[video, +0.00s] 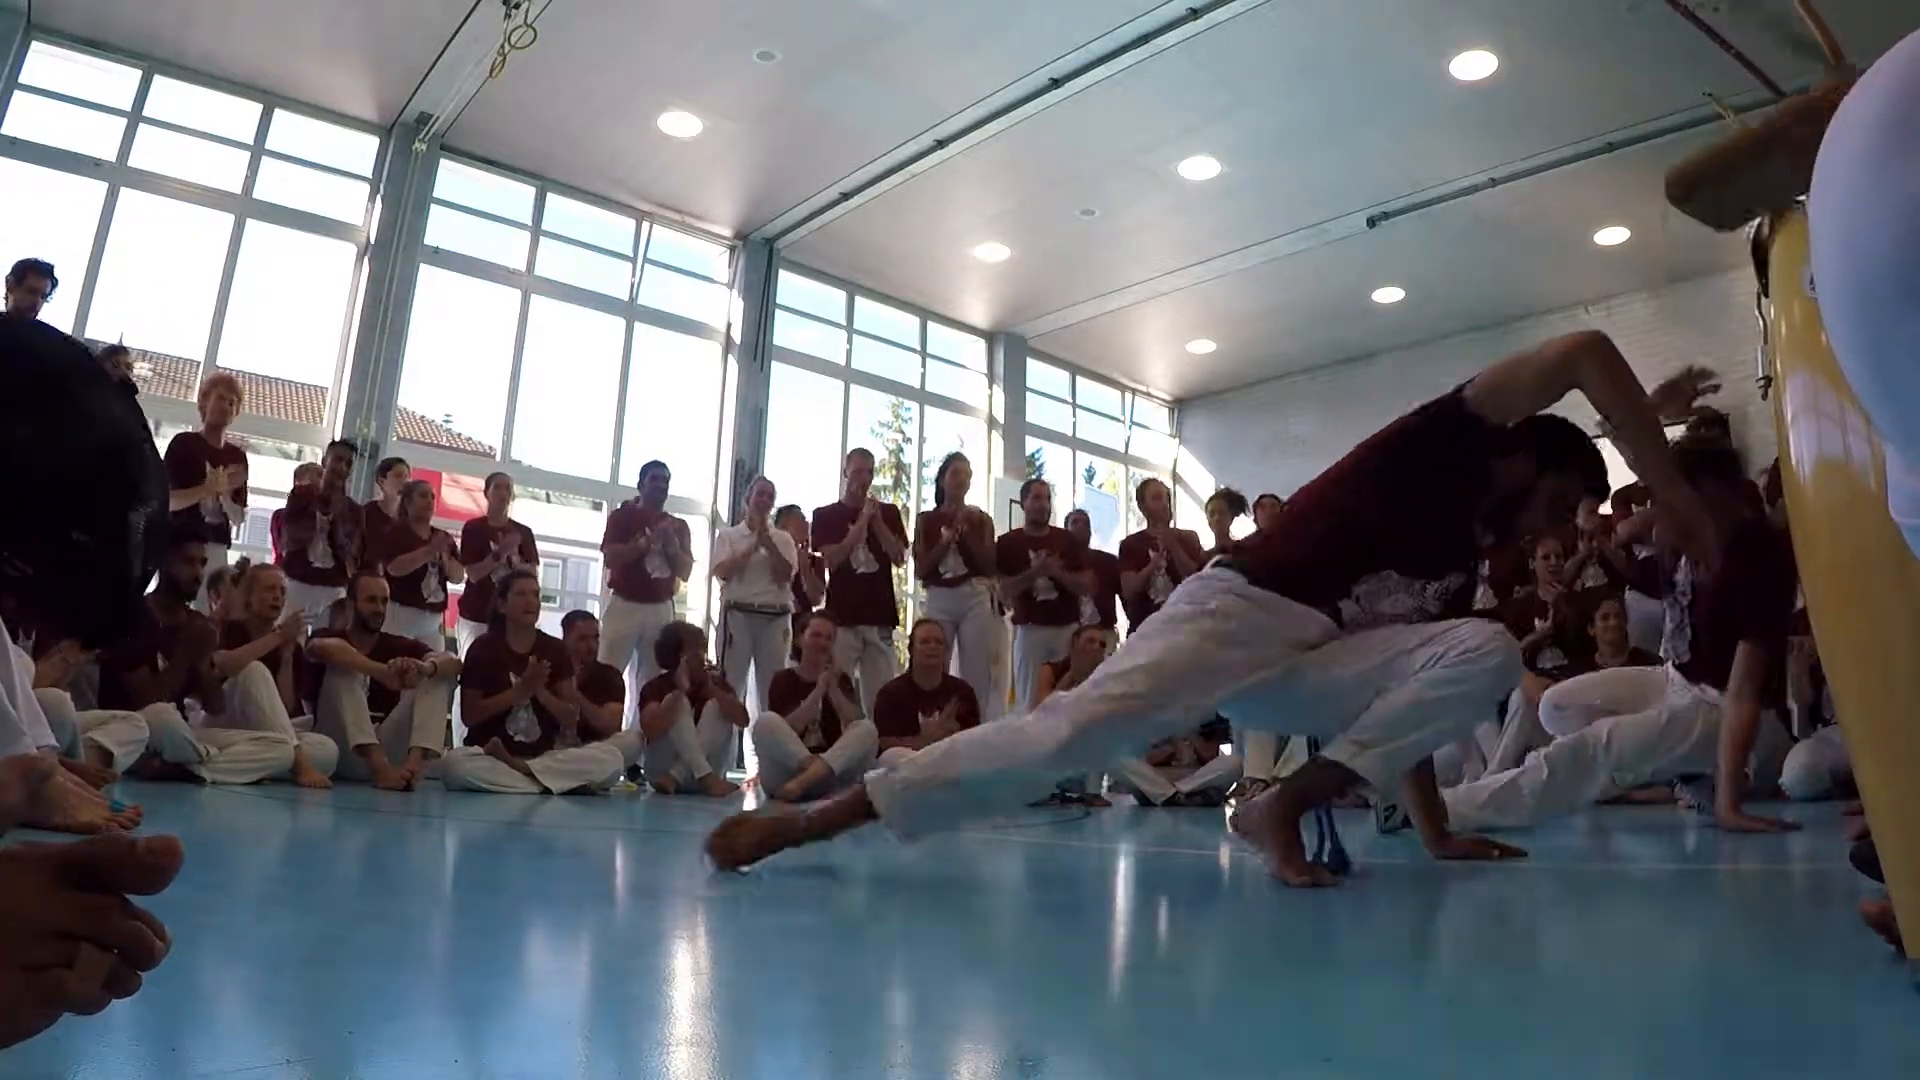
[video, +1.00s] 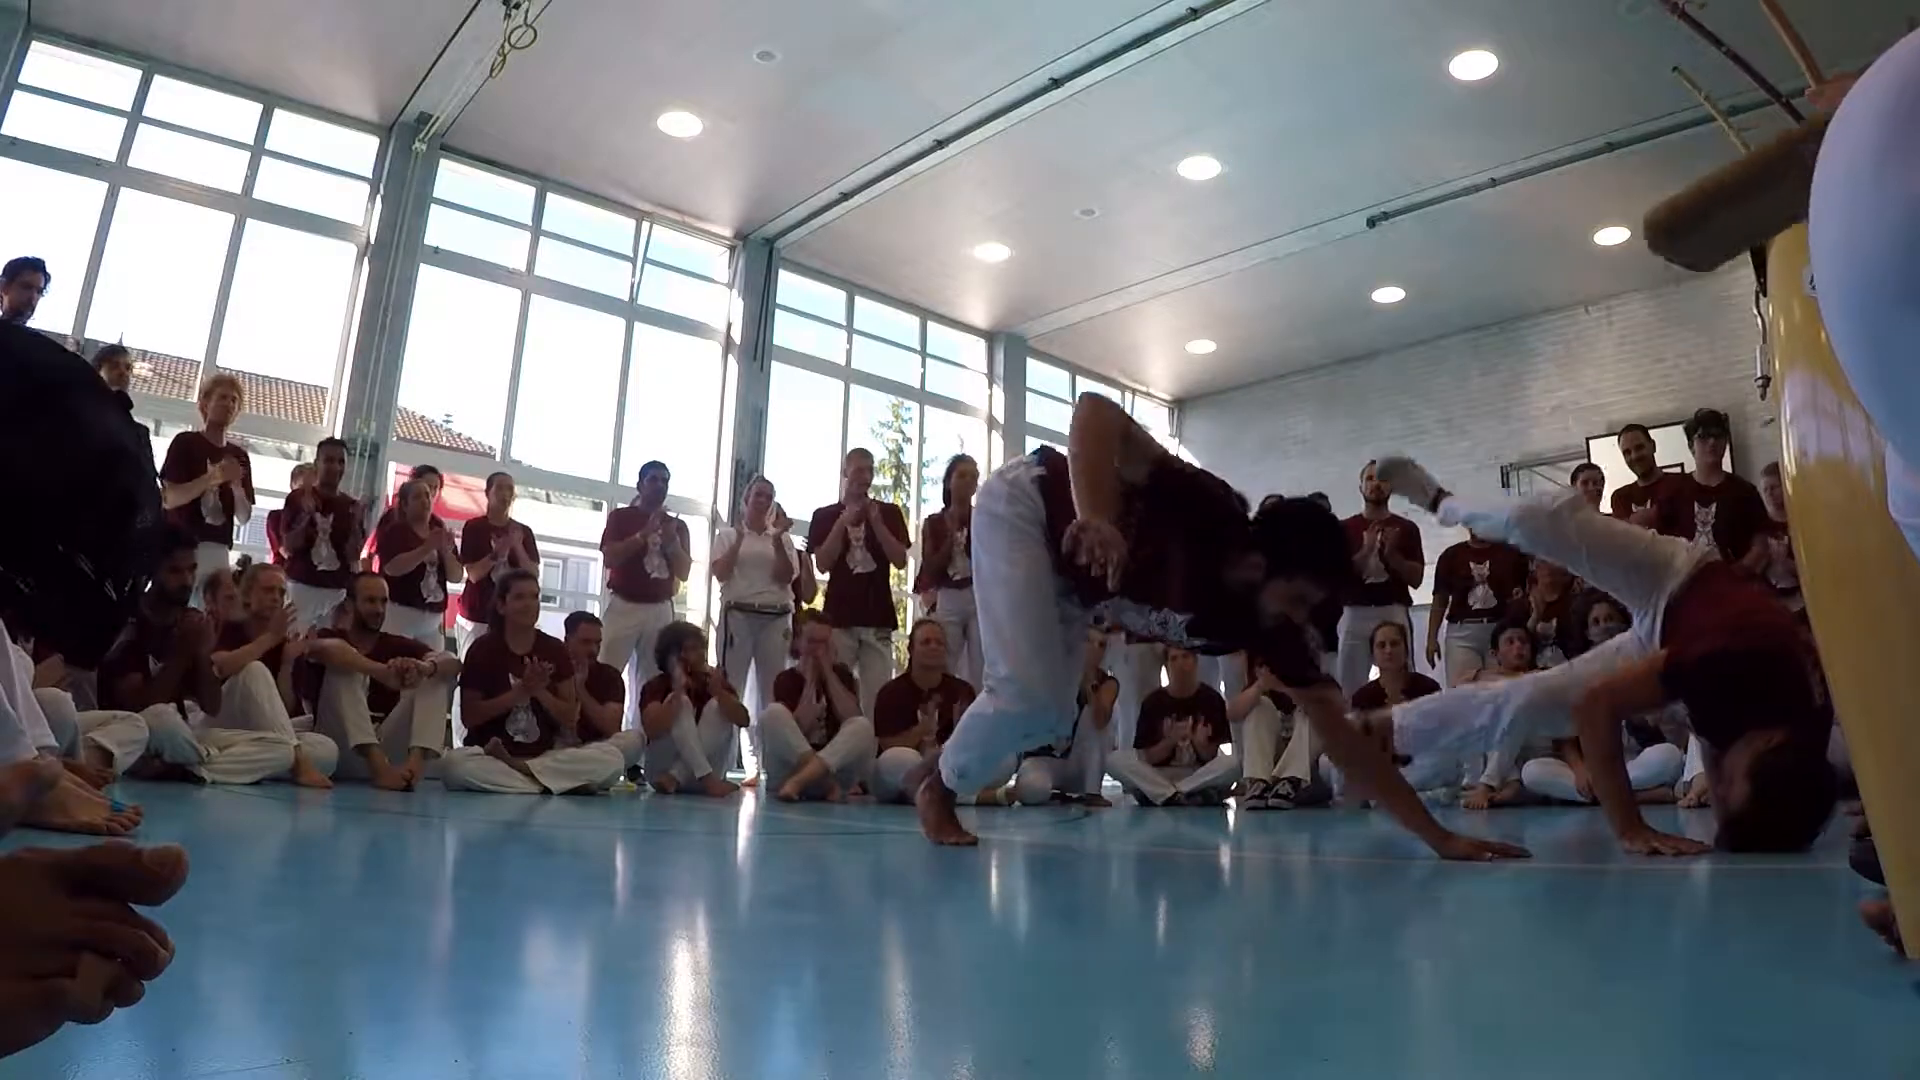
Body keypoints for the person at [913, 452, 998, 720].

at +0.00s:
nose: (962, 479)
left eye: (966, 474)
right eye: (955, 473)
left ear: (971, 480)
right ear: (942, 478)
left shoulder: (981, 519)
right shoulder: (927, 520)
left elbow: (988, 567)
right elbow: (921, 569)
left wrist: (966, 536)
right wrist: (944, 542)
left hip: (976, 598)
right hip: (938, 598)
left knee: (976, 675)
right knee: (933, 673)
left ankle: (976, 737)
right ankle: (932, 737)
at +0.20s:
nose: (959, 480)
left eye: (963, 474)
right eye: (952, 474)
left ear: (968, 480)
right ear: (938, 479)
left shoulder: (978, 518)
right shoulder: (923, 521)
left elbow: (985, 564)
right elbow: (919, 569)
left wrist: (963, 538)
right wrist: (941, 535)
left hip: (974, 595)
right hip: (937, 596)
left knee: (977, 678)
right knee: (933, 675)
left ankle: (977, 747)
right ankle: (933, 747)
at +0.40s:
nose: (958, 480)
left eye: (963, 474)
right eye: (951, 474)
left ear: (967, 480)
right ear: (937, 480)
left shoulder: (978, 516)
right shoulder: (923, 520)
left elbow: (986, 565)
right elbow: (921, 570)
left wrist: (961, 536)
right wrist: (949, 540)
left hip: (975, 598)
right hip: (937, 597)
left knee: (977, 683)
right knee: (932, 678)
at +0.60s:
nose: (961, 480)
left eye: (965, 476)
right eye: (954, 475)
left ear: (969, 482)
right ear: (940, 481)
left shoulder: (979, 516)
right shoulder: (926, 520)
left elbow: (991, 565)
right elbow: (922, 570)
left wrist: (970, 540)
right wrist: (944, 539)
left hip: (978, 597)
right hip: (941, 597)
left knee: (980, 678)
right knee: (935, 675)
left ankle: (982, 741)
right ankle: (935, 740)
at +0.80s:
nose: (966, 481)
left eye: (970, 476)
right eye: (959, 475)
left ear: (974, 482)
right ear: (945, 481)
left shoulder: (985, 521)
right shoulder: (929, 523)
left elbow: (989, 565)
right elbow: (926, 571)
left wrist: (968, 540)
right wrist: (950, 544)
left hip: (981, 598)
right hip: (944, 598)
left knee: (981, 679)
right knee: (939, 673)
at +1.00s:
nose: (968, 482)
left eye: (973, 477)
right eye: (962, 476)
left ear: (978, 483)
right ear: (948, 481)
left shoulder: (984, 519)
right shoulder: (934, 523)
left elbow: (991, 561)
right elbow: (931, 568)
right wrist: (949, 541)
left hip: (979, 592)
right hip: (947, 594)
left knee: (980, 667)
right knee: (946, 666)